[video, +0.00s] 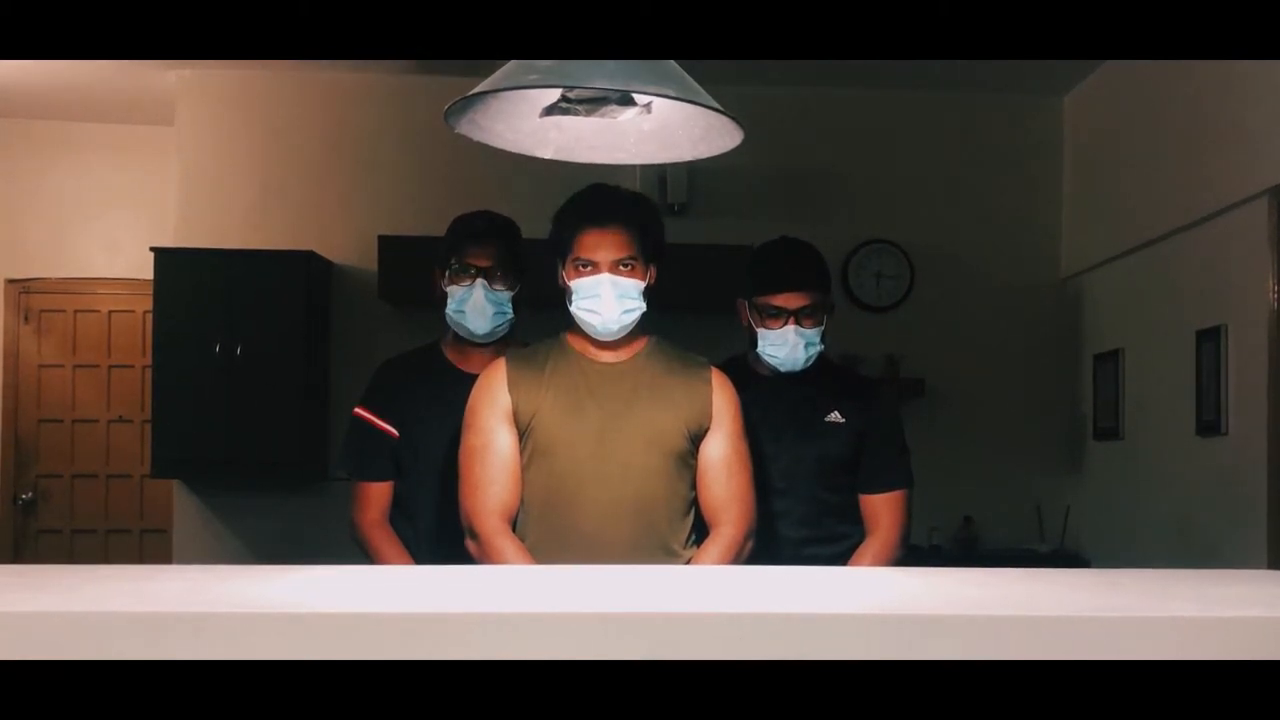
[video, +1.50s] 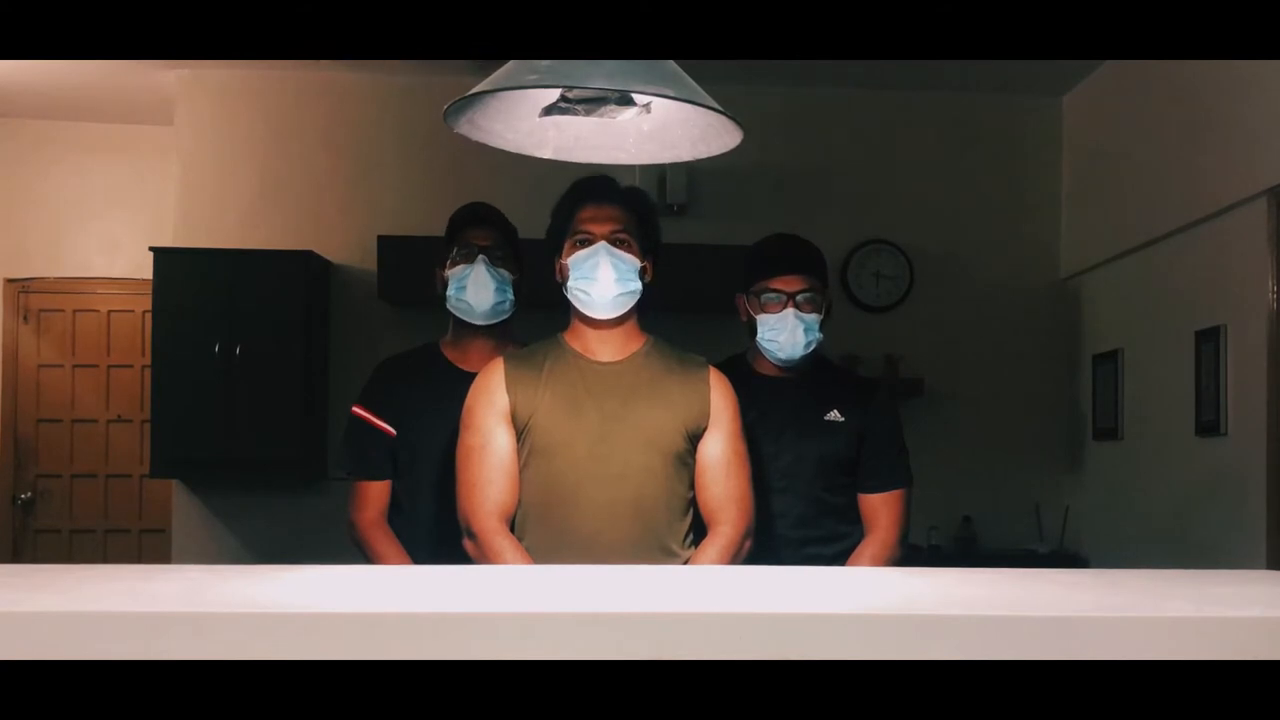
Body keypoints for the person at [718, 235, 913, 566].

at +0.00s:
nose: (791, 330)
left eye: (807, 314)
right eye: (773, 314)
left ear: (826, 313)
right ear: (746, 313)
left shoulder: (862, 399)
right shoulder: (714, 393)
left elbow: (885, 536)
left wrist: (831, 611)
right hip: (738, 593)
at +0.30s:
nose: (791, 327)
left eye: (807, 311)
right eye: (772, 311)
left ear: (826, 311)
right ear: (746, 312)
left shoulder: (863, 400)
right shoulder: (713, 393)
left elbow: (885, 537)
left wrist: (830, 611)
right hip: (737, 594)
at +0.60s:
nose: (791, 325)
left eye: (808, 309)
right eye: (773, 308)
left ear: (826, 311)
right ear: (746, 310)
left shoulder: (863, 400)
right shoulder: (713, 393)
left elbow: (885, 537)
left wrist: (830, 611)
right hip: (736, 595)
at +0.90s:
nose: (792, 321)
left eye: (808, 306)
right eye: (774, 305)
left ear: (826, 309)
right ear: (747, 309)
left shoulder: (863, 401)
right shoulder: (711, 393)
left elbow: (885, 537)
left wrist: (831, 611)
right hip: (737, 596)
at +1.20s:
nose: (792, 319)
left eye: (807, 304)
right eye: (774, 303)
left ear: (825, 309)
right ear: (747, 308)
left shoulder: (862, 400)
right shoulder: (710, 393)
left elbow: (885, 536)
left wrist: (830, 611)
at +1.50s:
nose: (790, 315)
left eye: (807, 301)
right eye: (772, 300)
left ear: (824, 307)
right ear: (745, 307)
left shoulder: (862, 400)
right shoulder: (709, 393)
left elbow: (884, 536)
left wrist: (831, 611)